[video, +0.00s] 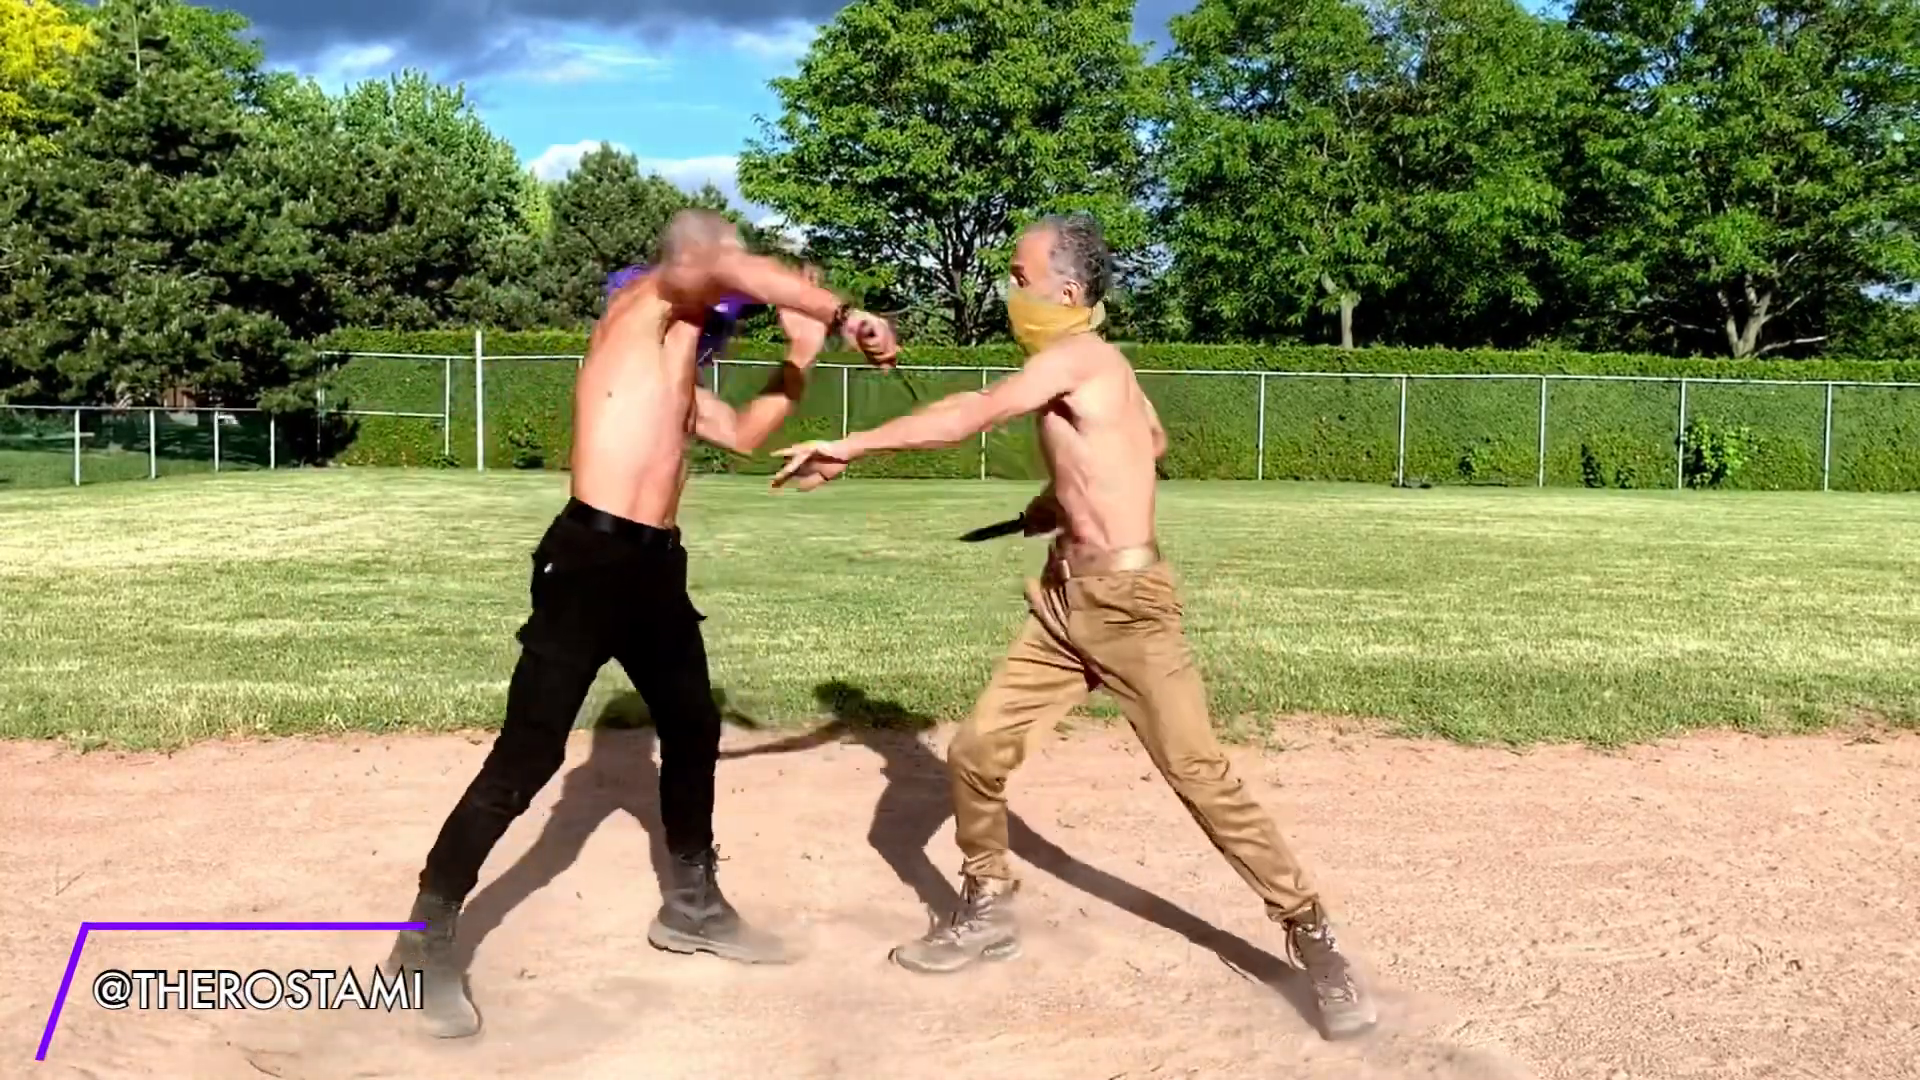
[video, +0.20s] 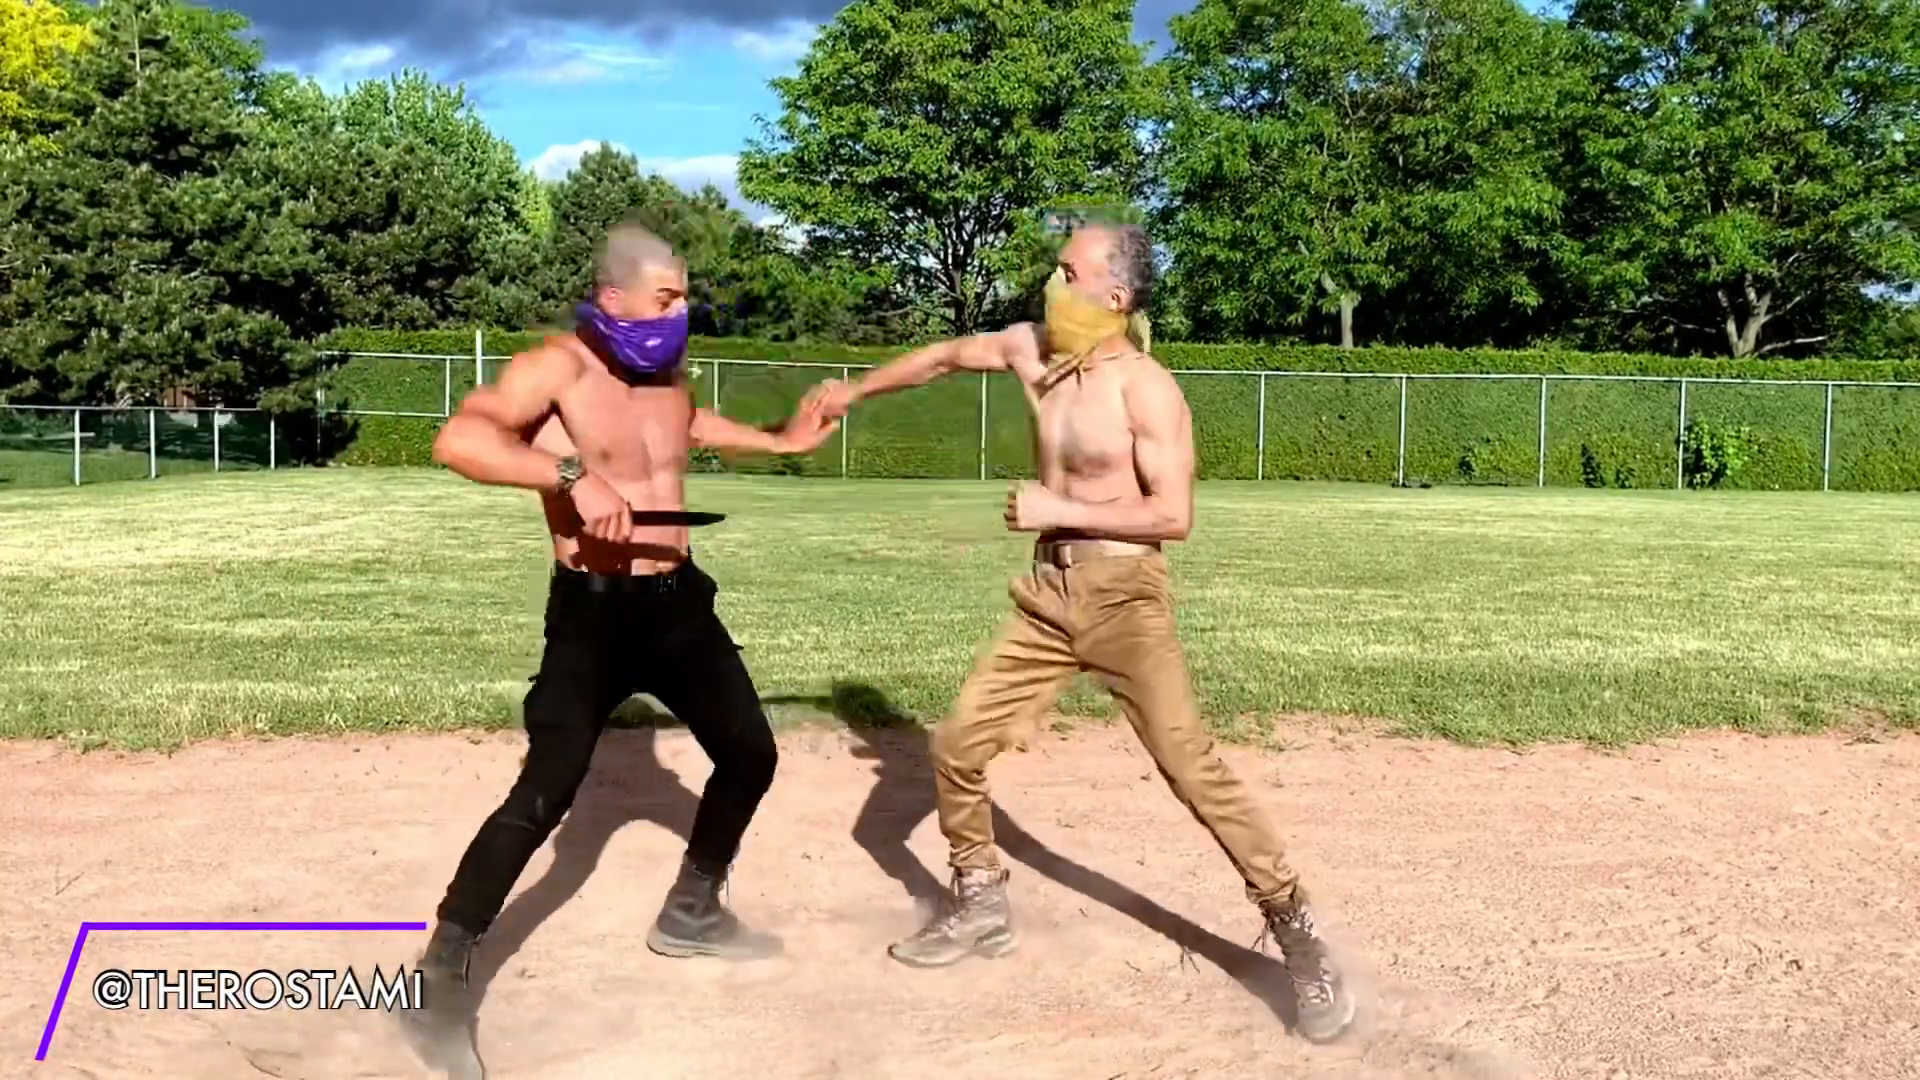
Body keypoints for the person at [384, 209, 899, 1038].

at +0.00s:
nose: (727, 314)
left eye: (732, 305)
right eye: (720, 296)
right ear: (691, 267)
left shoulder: (678, 372)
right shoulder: (649, 301)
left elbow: (745, 432)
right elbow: (726, 263)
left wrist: (802, 351)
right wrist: (842, 312)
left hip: (654, 570)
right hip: (586, 560)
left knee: (691, 733)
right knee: (527, 756)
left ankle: (692, 904)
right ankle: (427, 936)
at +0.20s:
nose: (676, 313)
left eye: (682, 299)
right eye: (663, 297)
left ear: (678, 298)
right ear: (611, 297)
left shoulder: (668, 370)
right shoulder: (555, 366)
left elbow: (682, 427)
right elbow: (457, 439)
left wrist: (784, 442)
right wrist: (566, 476)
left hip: (677, 606)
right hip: (592, 611)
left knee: (750, 757)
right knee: (544, 794)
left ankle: (692, 910)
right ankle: (442, 974)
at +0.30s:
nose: (632, 411)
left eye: (635, 396)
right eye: (616, 399)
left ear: (635, 391)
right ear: (559, 402)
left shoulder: (622, 438)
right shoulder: (511, 484)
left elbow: (643, 477)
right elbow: (474, 633)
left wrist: (718, 515)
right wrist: (598, 629)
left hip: (673, 626)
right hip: (587, 661)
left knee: (766, 767)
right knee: (553, 829)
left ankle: (707, 903)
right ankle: (460, 1004)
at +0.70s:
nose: (692, 335)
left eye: (692, 322)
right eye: (682, 321)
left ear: (636, 329)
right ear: (631, 329)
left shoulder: (639, 406)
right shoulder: (556, 427)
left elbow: (633, 492)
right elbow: (484, 570)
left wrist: (701, 504)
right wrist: (593, 637)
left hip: (622, 621)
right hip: (540, 640)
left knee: (723, 765)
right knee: (535, 830)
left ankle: (707, 922)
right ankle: (451, 1001)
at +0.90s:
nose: (733, 315)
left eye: (734, 301)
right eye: (724, 299)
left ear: (678, 301)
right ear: (674, 302)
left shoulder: (666, 383)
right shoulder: (601, 388)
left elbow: (666, 467)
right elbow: (504, 513)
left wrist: (738, 423)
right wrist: (597, 588)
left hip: (631, 611)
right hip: (554, 618)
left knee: (729, 751)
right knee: (534, 817)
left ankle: (719, 915)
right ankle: (434, 998)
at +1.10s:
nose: (741, 336)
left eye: (745, 321)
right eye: (729, 320)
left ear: (714, 321)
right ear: (676, 321)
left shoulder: (725, 391)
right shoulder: (592, 395)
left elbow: (773, 465)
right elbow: (531, 524)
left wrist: (863, 501)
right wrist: (652, 542)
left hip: (660, 609)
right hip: (572, 612)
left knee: (751, 758)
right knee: (570, 794)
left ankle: (721, 919)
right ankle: (495, 988)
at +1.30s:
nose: (713, 325)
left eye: (716, 310)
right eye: (703, 308)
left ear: (668, 309)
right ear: (653, 307)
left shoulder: (688, 387)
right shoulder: (574, 391)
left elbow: (752, 445)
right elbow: (571, 534)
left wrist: (822, 378)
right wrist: (684, 489)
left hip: (654, 614)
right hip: (579, 618)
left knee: (744, 756)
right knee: (592, 813)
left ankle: (731, 915)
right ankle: (495, 992)